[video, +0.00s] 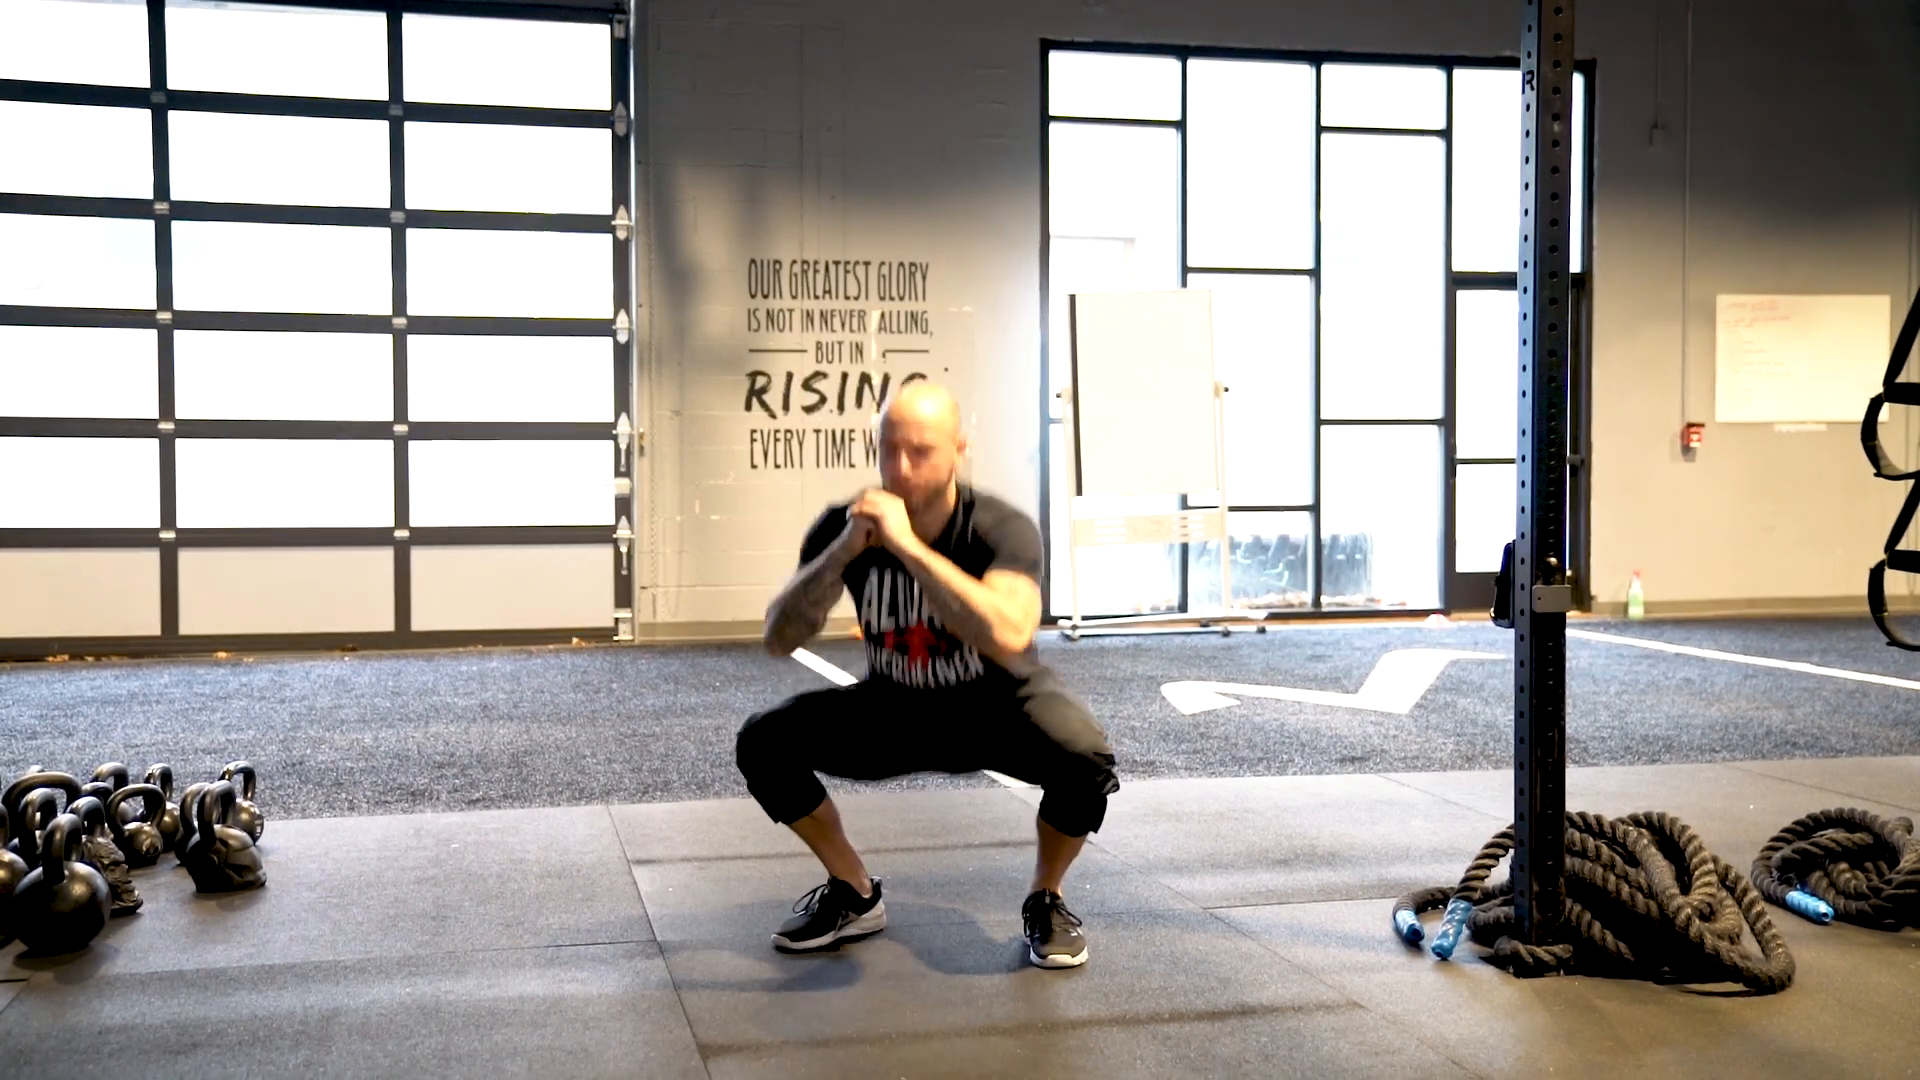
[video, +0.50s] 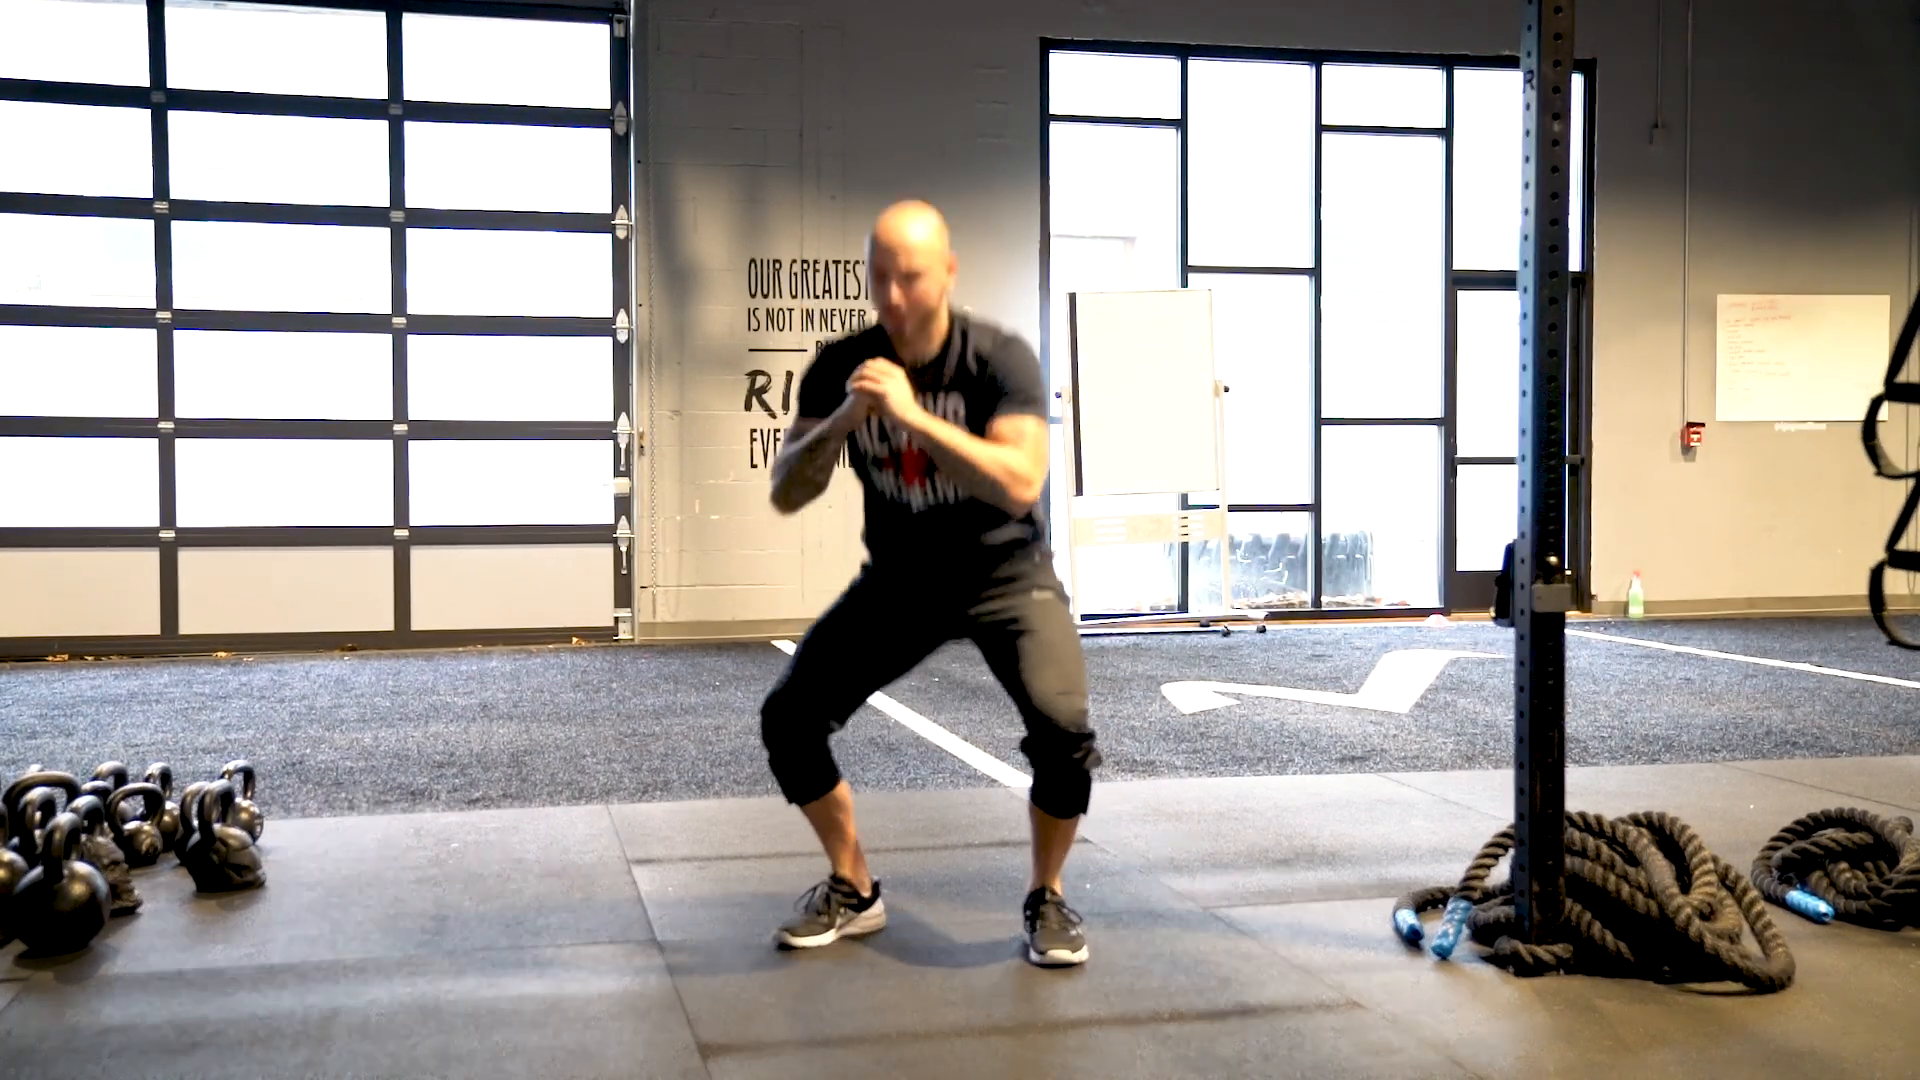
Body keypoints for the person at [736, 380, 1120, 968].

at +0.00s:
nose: (900, 469)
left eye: (919, 453)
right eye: (888, 451)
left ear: (959, 452)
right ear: (874, 449)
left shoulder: (1004, 529)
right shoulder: (845, 527)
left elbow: (1010, 635)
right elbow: (779, 640)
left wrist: (908, 545)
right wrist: (846, 550)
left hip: (993, 708)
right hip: (893, 709)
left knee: (1083, 759)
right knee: (765, 744)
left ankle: (1047, 900)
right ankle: (854, 891)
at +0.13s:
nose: (899, 368)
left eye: (917, 349)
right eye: (888, 348)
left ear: (955, 349)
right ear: (873, 348)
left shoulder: (1005, 437)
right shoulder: (841, 437)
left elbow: (1028, 565)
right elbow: (791, 564)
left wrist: (920, 498)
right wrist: (848, 498)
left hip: (1004, 628)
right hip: (898, 628)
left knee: (1076, 751)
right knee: (773, 735)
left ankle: (1046, 899)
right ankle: (853, 889)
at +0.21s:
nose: (896, 302)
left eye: (914, 284)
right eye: (885, 283)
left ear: (952, 283)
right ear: (870, 282)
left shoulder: (1007, 376)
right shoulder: (839, 378)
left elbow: (1036, 508)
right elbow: (803, 515)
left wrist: (927, 470)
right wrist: (850, 473)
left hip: (1006, 579)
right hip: (897, 581)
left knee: (1067, 732)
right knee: (788, 723)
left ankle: (1047, 898)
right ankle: (854, 889)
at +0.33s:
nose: (893, 245)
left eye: (911, 227)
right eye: (881, 227)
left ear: (949, 225)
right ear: (865, 227)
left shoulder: (1010, 319)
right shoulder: (836, 323)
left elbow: (1039, 452)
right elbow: (808, 462)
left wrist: (931, 425)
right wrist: (849, 428)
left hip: (1005, 538)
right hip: (897, 538)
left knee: (1059, 715)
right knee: (804, 711)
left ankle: (1048, 893)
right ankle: (854, 886)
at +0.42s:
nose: (893, 253)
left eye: (911, 234)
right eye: (881, 235)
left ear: (949, 230)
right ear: (866, 233)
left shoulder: (1006, 320)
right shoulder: (837, 329)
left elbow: (1032, 456)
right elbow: (801, 467)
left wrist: (925, 411)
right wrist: (847, 412)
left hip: (1005, 541)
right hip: (898, 543)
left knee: (1061, 716)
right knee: (802, 712)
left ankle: (1048, 895)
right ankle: (854, 888)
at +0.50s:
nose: (892, 298)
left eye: (910, 278)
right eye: (880, 278)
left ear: (949, 276)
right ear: (866, 278)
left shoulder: (1001, 358)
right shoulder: (838, 367)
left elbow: (1022, 483)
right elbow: (786, 495)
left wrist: (913, 415)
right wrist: (842, 421)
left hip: (1006, 575)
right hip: (901, 579)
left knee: (1064, 726)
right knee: (789, 720)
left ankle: (1046, 897)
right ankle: (852, 888)